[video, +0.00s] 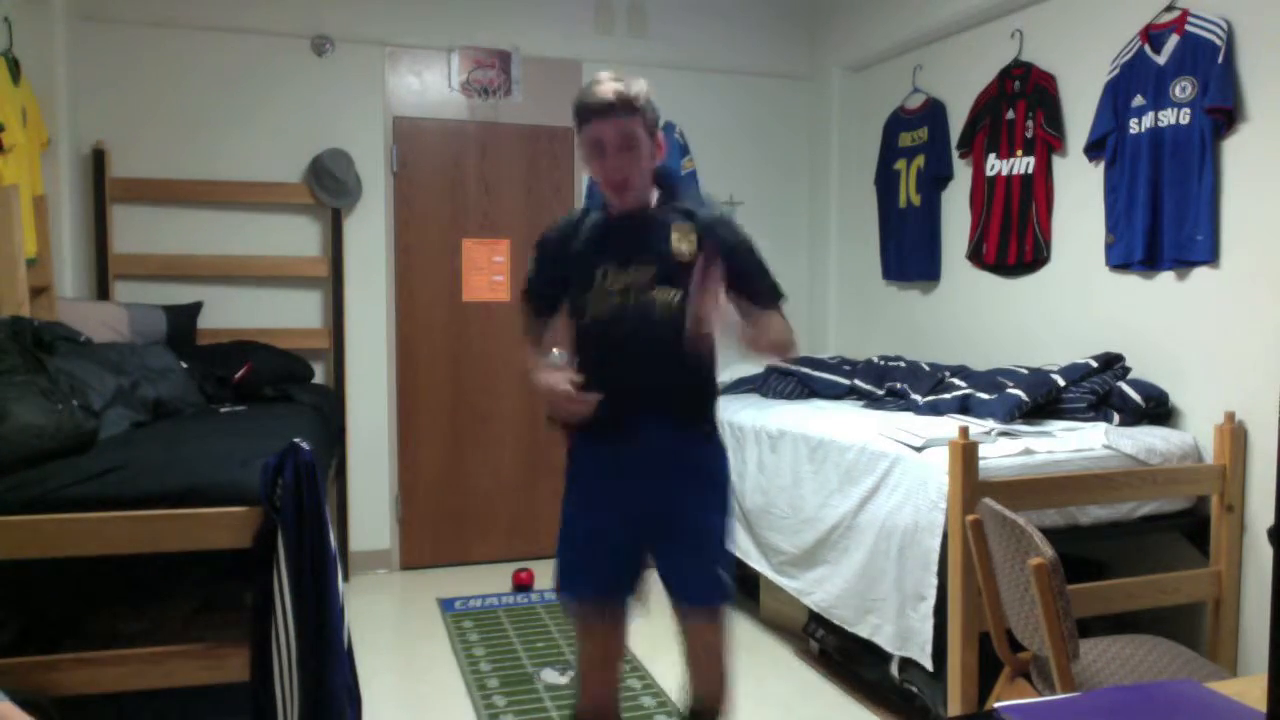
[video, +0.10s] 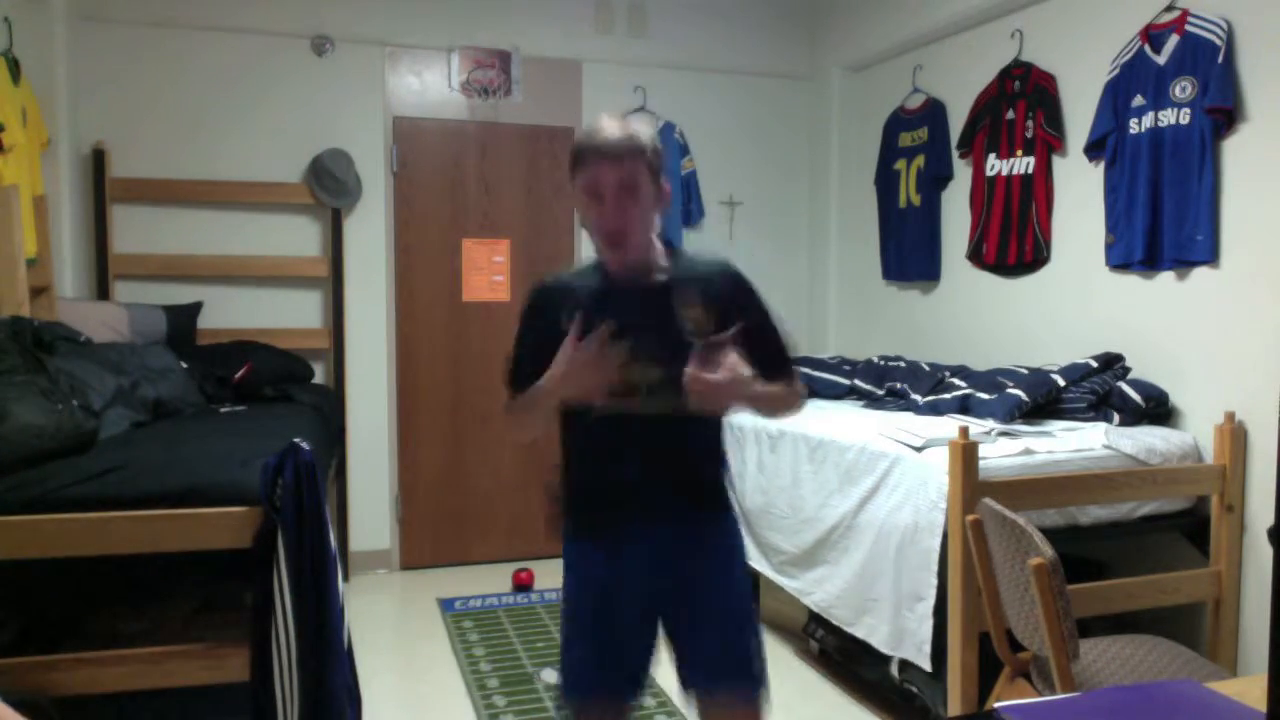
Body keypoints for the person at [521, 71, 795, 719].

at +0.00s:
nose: (614, 164)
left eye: (627, 146)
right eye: (599, 150)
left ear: (656, 146)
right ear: (583, 156)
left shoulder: (708, 235)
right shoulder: (565, 244)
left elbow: (780, 343)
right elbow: (539, 342)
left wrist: (734, 306)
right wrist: (547, 377)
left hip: (687, 460)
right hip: (599, 459)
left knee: (703, 629)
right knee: (595, 631)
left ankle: (706, 714)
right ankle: (596, 714)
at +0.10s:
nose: (611, 210)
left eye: (627, 191)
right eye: (595, 194)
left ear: (660, 194)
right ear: (577, 201)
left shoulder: (714, 286)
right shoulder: (558, 300)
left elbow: (789, 392)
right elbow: (518, 424)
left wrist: (741, 391)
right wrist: (557, 385)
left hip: (701, 536)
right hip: (601, 541)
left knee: (734, 706)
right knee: (596, 707)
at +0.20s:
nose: (621, 215)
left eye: (638, 193)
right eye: (604, 197)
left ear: (676, 194)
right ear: (587, 205)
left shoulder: (726, 289)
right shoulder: (566, 301)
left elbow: (792, 402)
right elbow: (520, 426)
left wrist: (759, 373)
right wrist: (556, 376)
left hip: (710, 563)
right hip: (606, 566)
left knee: (740, 711)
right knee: (590, 710)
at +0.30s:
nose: (658, 174)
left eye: (678, 150)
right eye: (641, 152)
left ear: (718, 157)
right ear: (619, 160)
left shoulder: (770, 269)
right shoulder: (585, 274)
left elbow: (843, 412)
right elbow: (520, 419)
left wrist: (794, 348)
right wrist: (589, 351)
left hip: (744, 581)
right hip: (622, 581)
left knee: (759, 711)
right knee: (600, 711)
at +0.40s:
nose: (672, 165)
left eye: (695, 139)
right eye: (653, 141)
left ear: (736, 148)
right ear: (633, 150)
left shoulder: (786, 268)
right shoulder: (602, 266)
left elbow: (879, 429)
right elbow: (523, 423)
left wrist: (812, 334)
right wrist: (589, 326)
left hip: (758, 596)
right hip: (628, 591)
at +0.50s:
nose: (664, 144)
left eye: (692, 115)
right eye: (646, 118)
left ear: (749, 124)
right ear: (631, 125)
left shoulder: (811, 248)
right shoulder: (607, 241)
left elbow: (914, 434)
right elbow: (520, 405)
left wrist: (841, 327)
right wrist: (597, 310)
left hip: (758, 602)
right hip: (625, 591)